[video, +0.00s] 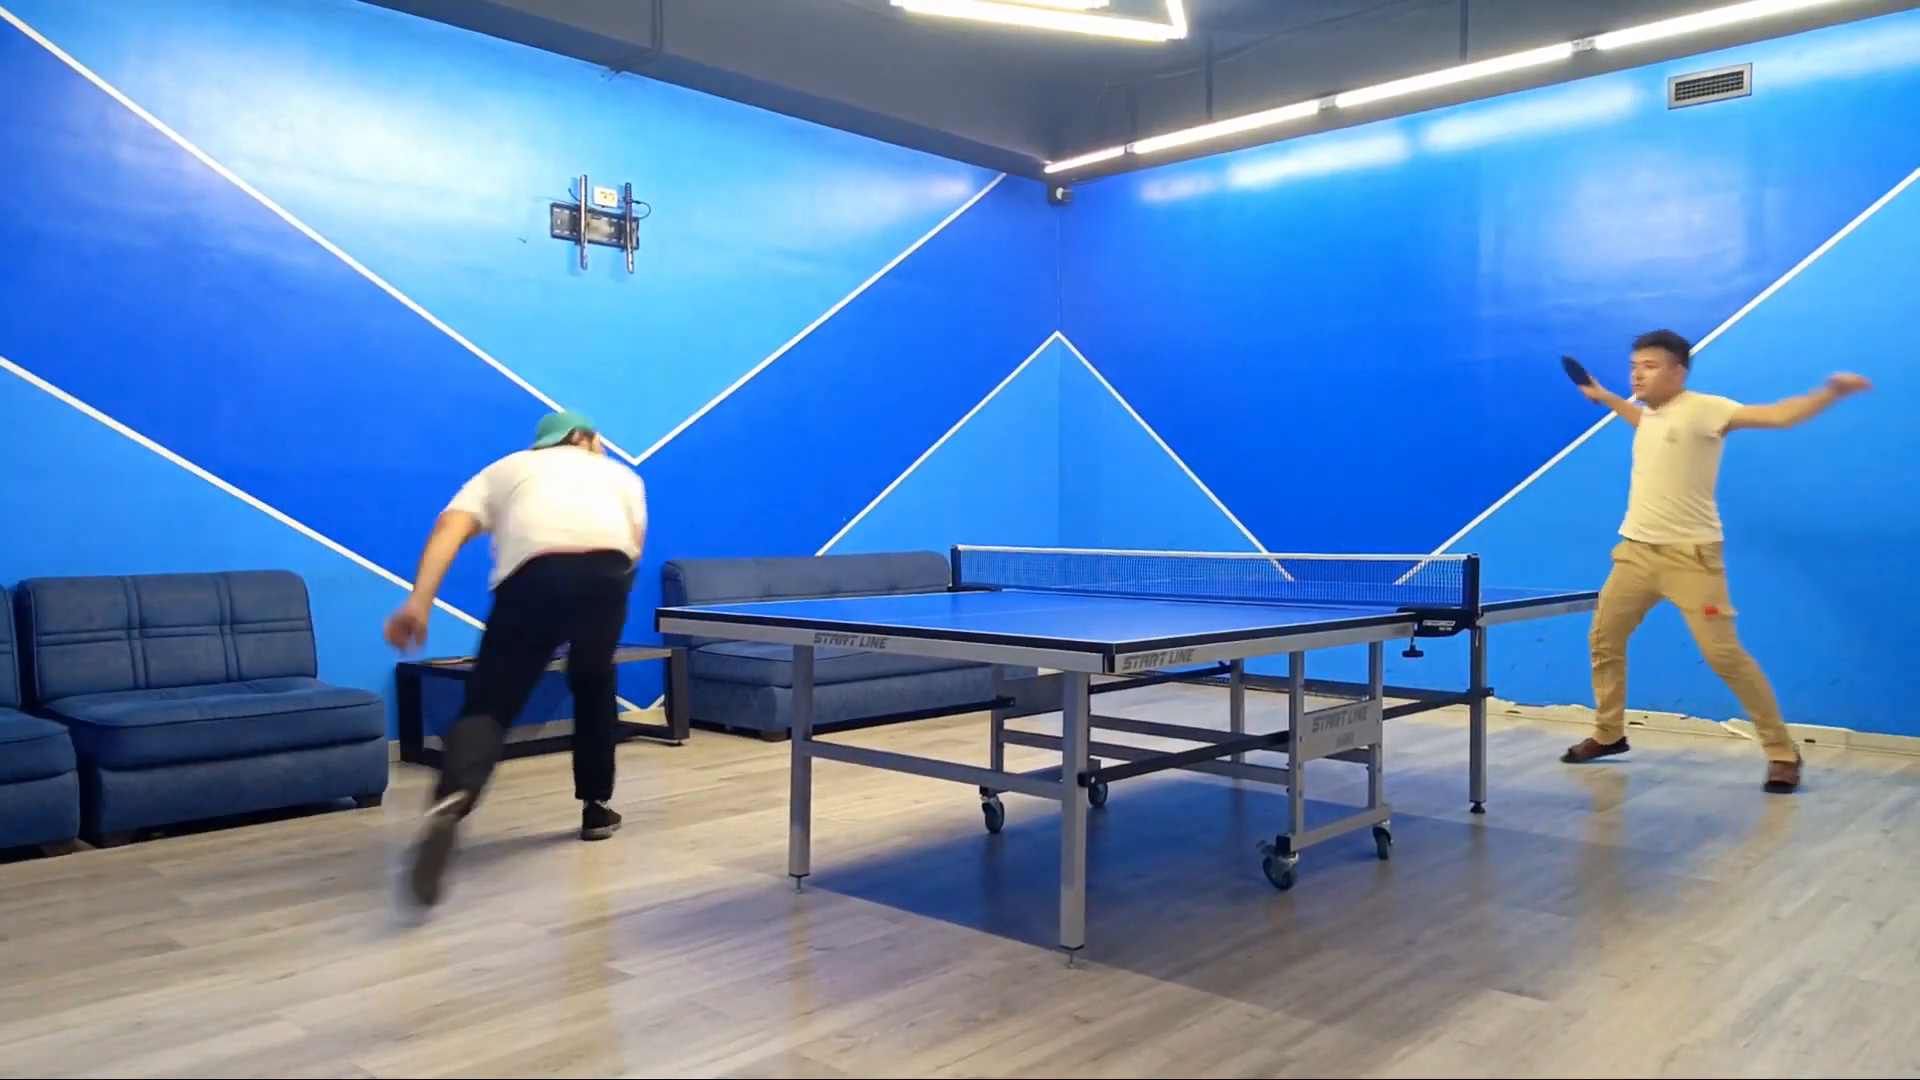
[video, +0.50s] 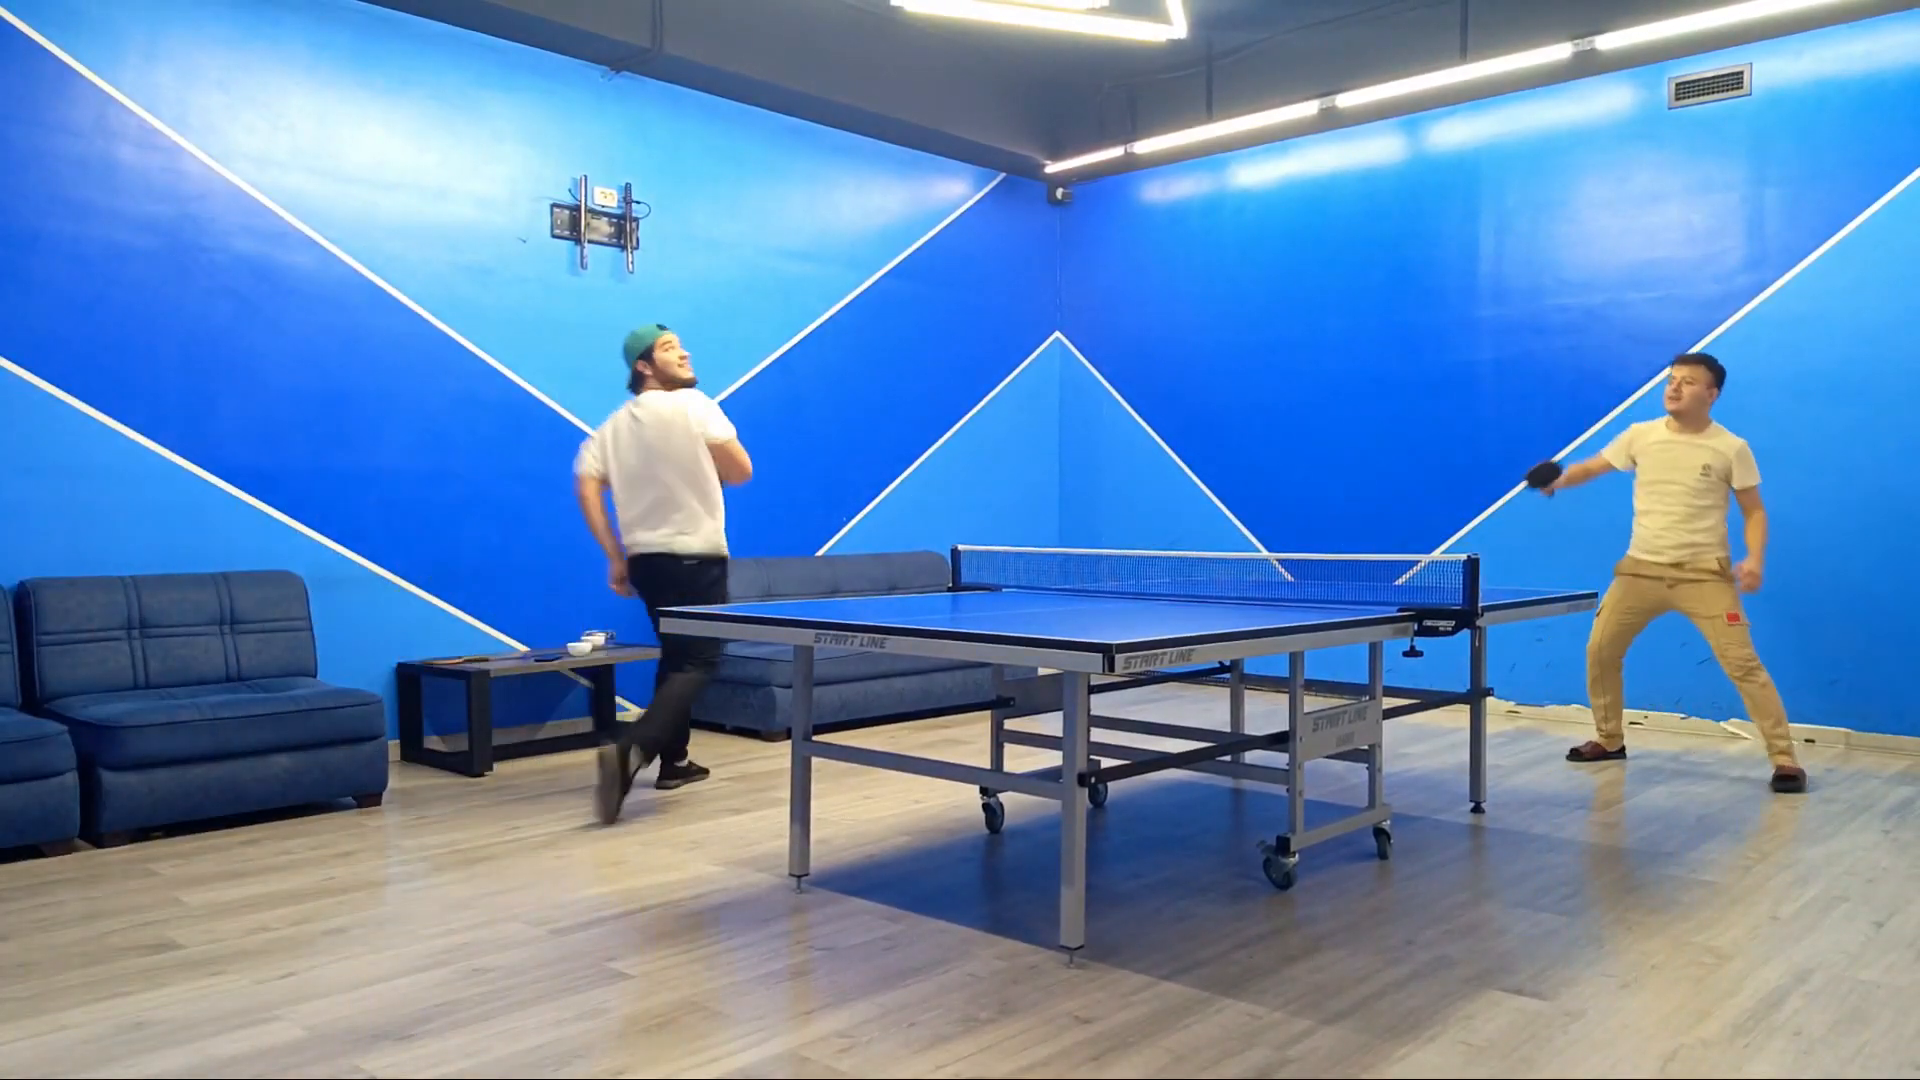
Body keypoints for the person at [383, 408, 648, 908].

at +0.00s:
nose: (603, 448)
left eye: (599, 441)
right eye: (600, 441)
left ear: (539, 443)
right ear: (584, 441)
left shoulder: (505, 468)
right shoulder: (624, 476)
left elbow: (451, 527)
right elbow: (631, 548)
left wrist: (418, 602)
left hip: (534, 574)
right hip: (606, 574)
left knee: (492, 695)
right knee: (594, 683)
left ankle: (456, 792)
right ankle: (596, 808)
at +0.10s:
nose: (613, 410)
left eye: (608, 405)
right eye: (609, 405)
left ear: (554, 415)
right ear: (599, 405)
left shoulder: (532, 443)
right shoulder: (643, 434)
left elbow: (472, 492)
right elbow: (671, 516)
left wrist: (439, 553)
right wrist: (650, 551)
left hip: (563, 546)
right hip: (633, 543)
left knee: (539, 673)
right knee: (619, 674)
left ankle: (528, 773)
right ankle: (604, 808)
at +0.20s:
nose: (625, 370)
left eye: (619, 364)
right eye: (618, 364)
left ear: (568, 386)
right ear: (600, 370)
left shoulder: (550, 422)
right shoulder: (654, 392)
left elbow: (499, 463)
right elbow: (701, 463)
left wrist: (480, 519)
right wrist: (682, 529)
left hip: (584, 530)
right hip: (650, 522)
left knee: (589, 648)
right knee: (635, 655)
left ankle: (565, 768)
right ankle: (615, 791)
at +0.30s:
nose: (642, 345)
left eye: (635, 338)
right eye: (632, 339)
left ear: (596, 360)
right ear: (608, 352)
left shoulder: (568, 410)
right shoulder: (667, 374)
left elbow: (529, 453)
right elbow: (721, 438)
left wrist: (528, 512)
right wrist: (695, 485)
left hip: (605, 529)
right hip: (669, 518)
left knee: (623, 643)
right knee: (644, 649)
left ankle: (606, 761)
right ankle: (616, 780)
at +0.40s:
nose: (664, 340)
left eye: (658, 333)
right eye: (653, 335)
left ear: (620, 359)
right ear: (628, 352)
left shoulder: (590, 410)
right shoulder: (684, 380)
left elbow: (557, 458)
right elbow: (735, 443)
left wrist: (574, 530)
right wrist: (695, 467)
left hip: (627, 540)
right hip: (687, 534)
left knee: (660, 649)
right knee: (661, 656)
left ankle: (664, 754)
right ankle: (618, 777)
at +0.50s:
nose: (685, 356)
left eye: (682, 348)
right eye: (673, 351)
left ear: (642, 372)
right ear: (647, 367)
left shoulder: (612, 426)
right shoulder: (695, 405)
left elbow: (586, 486)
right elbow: (739, 470)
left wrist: (614, 555)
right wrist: (695, 451)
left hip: (644, 560)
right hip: (699, 558)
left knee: (675, 659)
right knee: (700, 662)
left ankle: (674, 761)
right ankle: (631, 753)